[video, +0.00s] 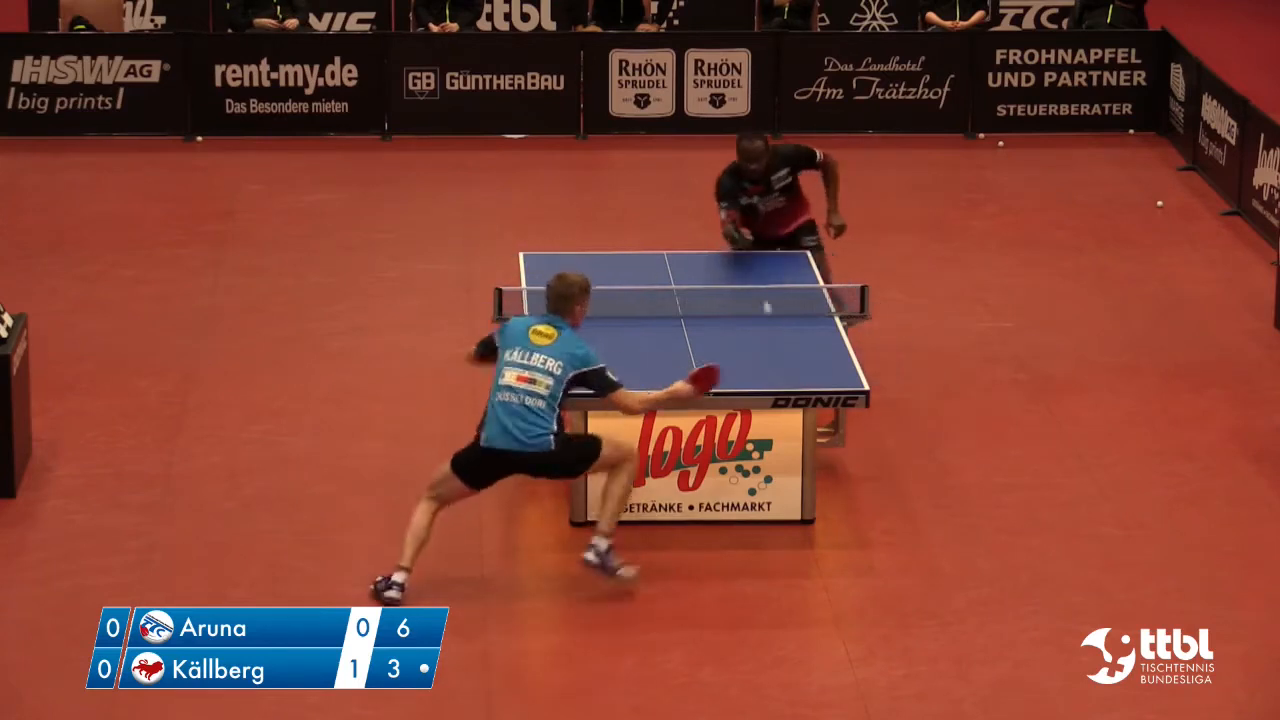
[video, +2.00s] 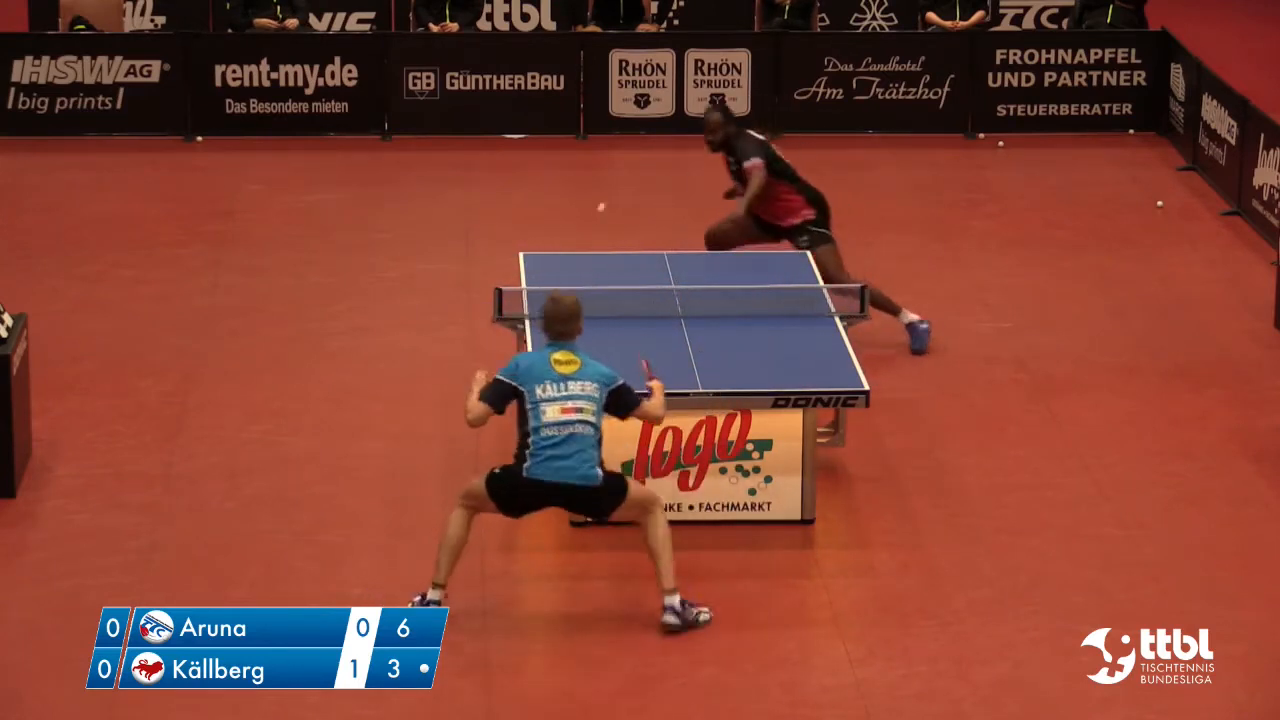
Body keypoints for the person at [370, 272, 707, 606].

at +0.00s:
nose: (587, 311)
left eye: (584, 303)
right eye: (586, 305)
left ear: (547, 301)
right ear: (578, 310)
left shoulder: (514, 326)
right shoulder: (578, 352)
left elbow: (477, 356)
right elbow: (629, 403)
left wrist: (506, 347)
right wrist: (675, 393)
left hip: (492, 449)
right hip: (542, 452)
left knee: (432, 498)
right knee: (625, 454)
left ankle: (399, 578)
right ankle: (601, 546)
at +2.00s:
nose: (575, 329)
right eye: (577, 323)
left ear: (543, 329)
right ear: (581, 329)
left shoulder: (523, 366)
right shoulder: (599, 374)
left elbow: (475, 417)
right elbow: (656, 414)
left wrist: (477, 388)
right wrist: (657, 387)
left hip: (533, 481)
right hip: (586, 484)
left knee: (467, 503)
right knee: (651, 506)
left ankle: (434, 594)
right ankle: (673, 604)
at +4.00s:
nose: (613, 386)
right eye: (614, 381)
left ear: (575, 382)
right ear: (611, 388)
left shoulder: (540, 409)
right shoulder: (612, 435)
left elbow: (491, 457)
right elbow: (665, 492)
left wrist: (517, 455)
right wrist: (622, 493)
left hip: (502, 525)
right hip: (557, 533)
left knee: (438, 579)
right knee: (645, 580)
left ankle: (378, 649)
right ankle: (648, 690)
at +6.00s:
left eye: (746, 447)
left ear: (745, 454)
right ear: (786, 462)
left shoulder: (710, 489)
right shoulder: (793, 516)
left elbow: (666, 549)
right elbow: (793, 597)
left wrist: (698, 528)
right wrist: (769, 586)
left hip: (691, 622)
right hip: (750, 628)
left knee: (625, 676)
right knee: (830, 670)